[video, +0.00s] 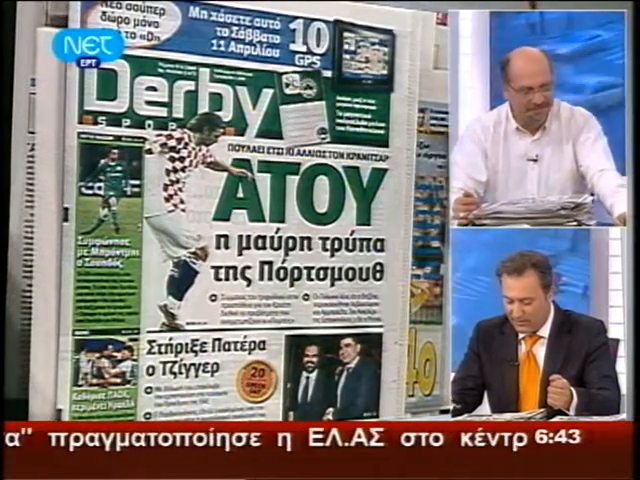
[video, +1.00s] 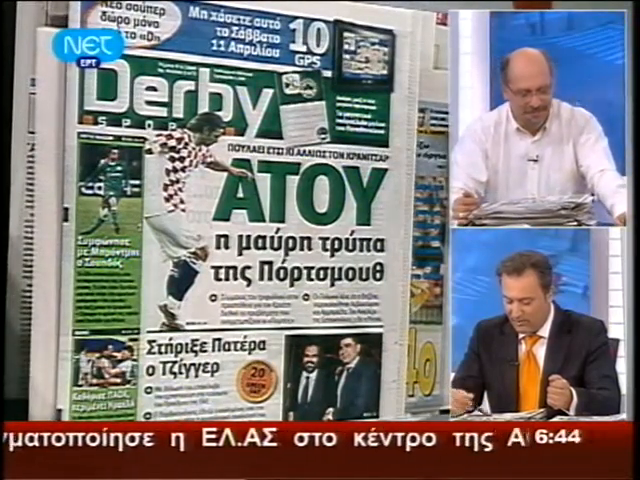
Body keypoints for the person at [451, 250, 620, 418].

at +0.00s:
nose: (516, 312)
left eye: (526, 302)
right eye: (509, 301)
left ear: (549, 294)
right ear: (503, 297)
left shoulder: (588, 332)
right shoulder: (487, 334)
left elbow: (610, 403)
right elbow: (461, 400)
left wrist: (574, 400)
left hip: (568, 450)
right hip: (504, 450)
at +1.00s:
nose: (515, 312)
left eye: (526, 302)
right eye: (509, 301)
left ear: (549, 294)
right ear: (502, 296)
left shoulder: (588, 332)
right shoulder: (487, 334)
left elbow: (610, 402)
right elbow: (464, 393)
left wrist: (574, 400)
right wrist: (457, 402)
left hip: (567, 451)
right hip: (502, 450)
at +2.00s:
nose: (511, 312)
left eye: (522, 302)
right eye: (506, 301)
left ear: (547, 296)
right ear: (500, 297)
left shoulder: (588, 332)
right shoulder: (486, 334)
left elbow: (610, 402)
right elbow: (465, 391)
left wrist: (574, 400)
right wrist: (456, 401)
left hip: (568, 451)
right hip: (503, 450)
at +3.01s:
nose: (510, 313)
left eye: (521, 303)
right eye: (505, 302)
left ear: (547, 297)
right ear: (500, 297)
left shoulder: (588, 333)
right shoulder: (487, 335)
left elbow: (610, 401)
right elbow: (460, 400)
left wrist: (569, 399)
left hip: (570, 452)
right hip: (505, 450)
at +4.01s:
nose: (508, 312)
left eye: (519, 303)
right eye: (503, 301)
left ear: (546, 297)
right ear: (498, 296)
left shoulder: (588, 333)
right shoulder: (486, 334)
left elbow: (610, 401)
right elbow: (462, 401)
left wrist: (570, 400)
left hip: (569, 451)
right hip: (506, 450)